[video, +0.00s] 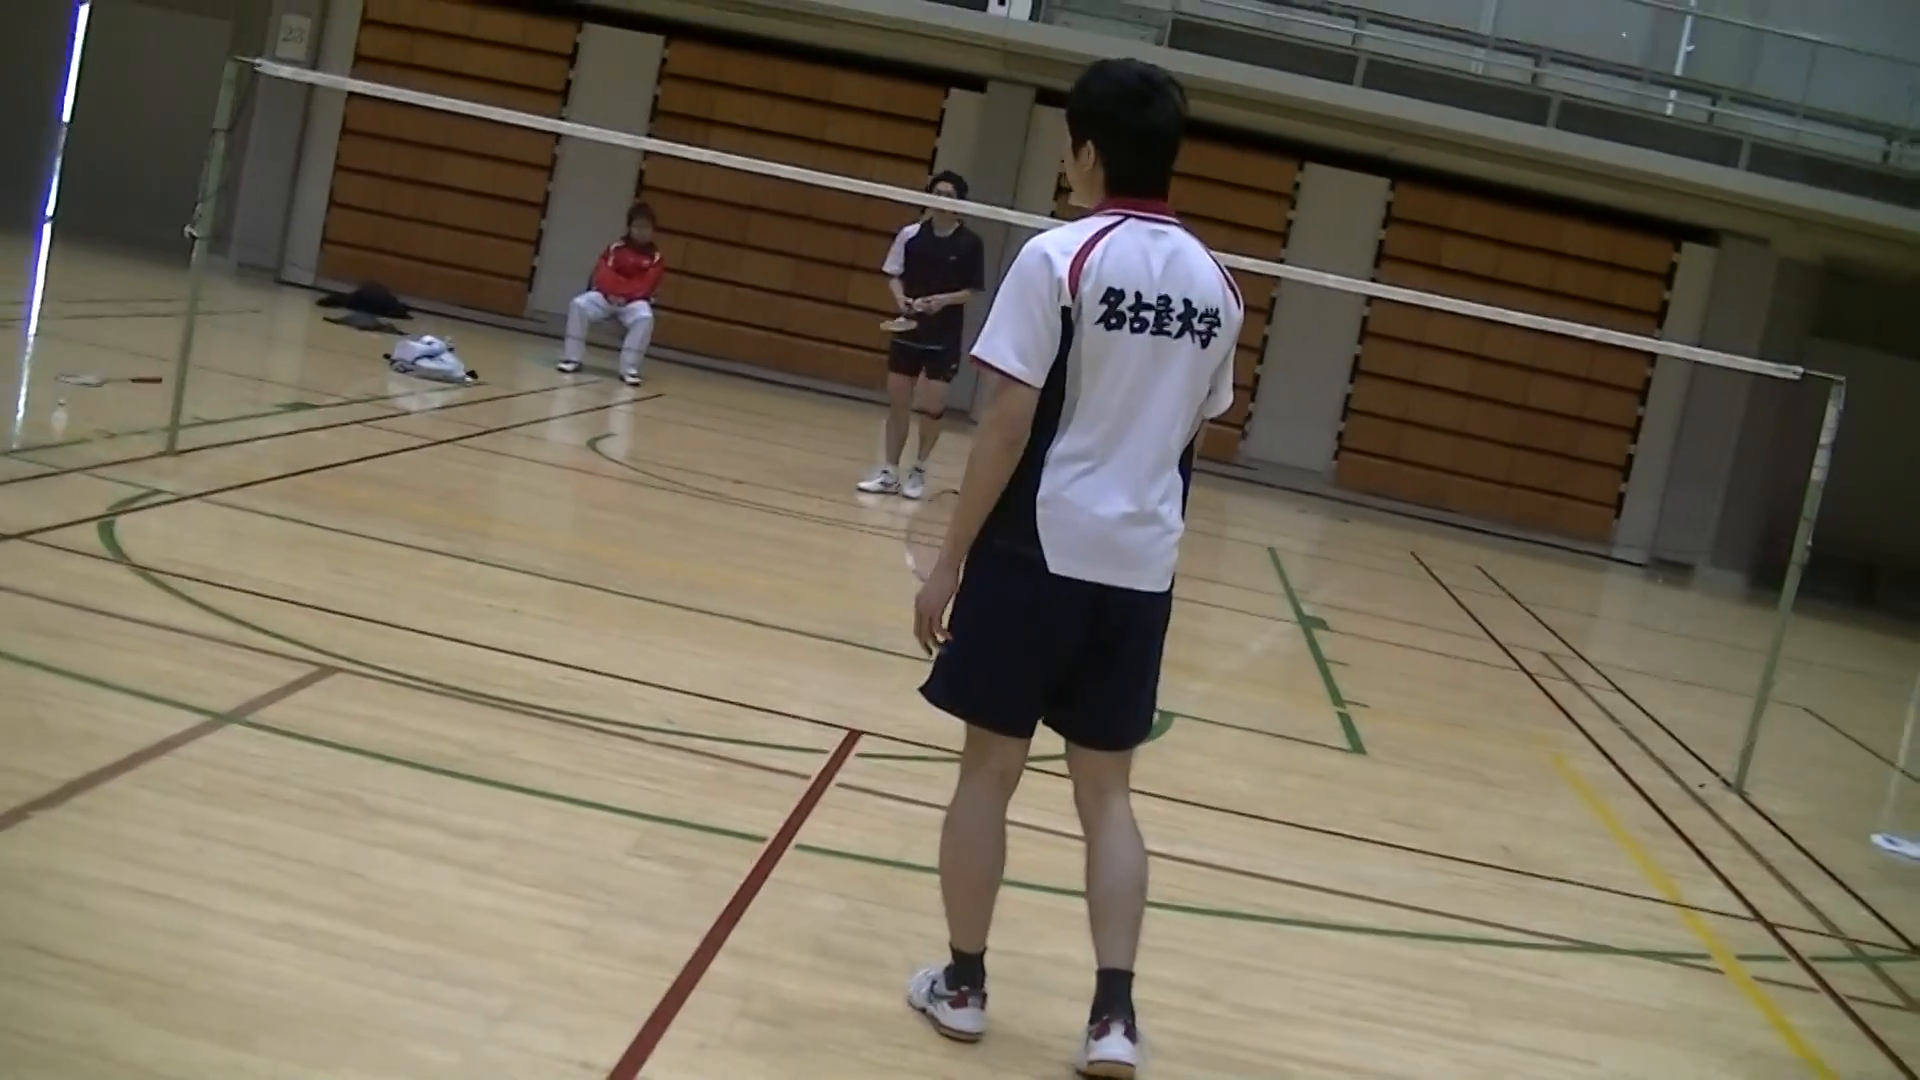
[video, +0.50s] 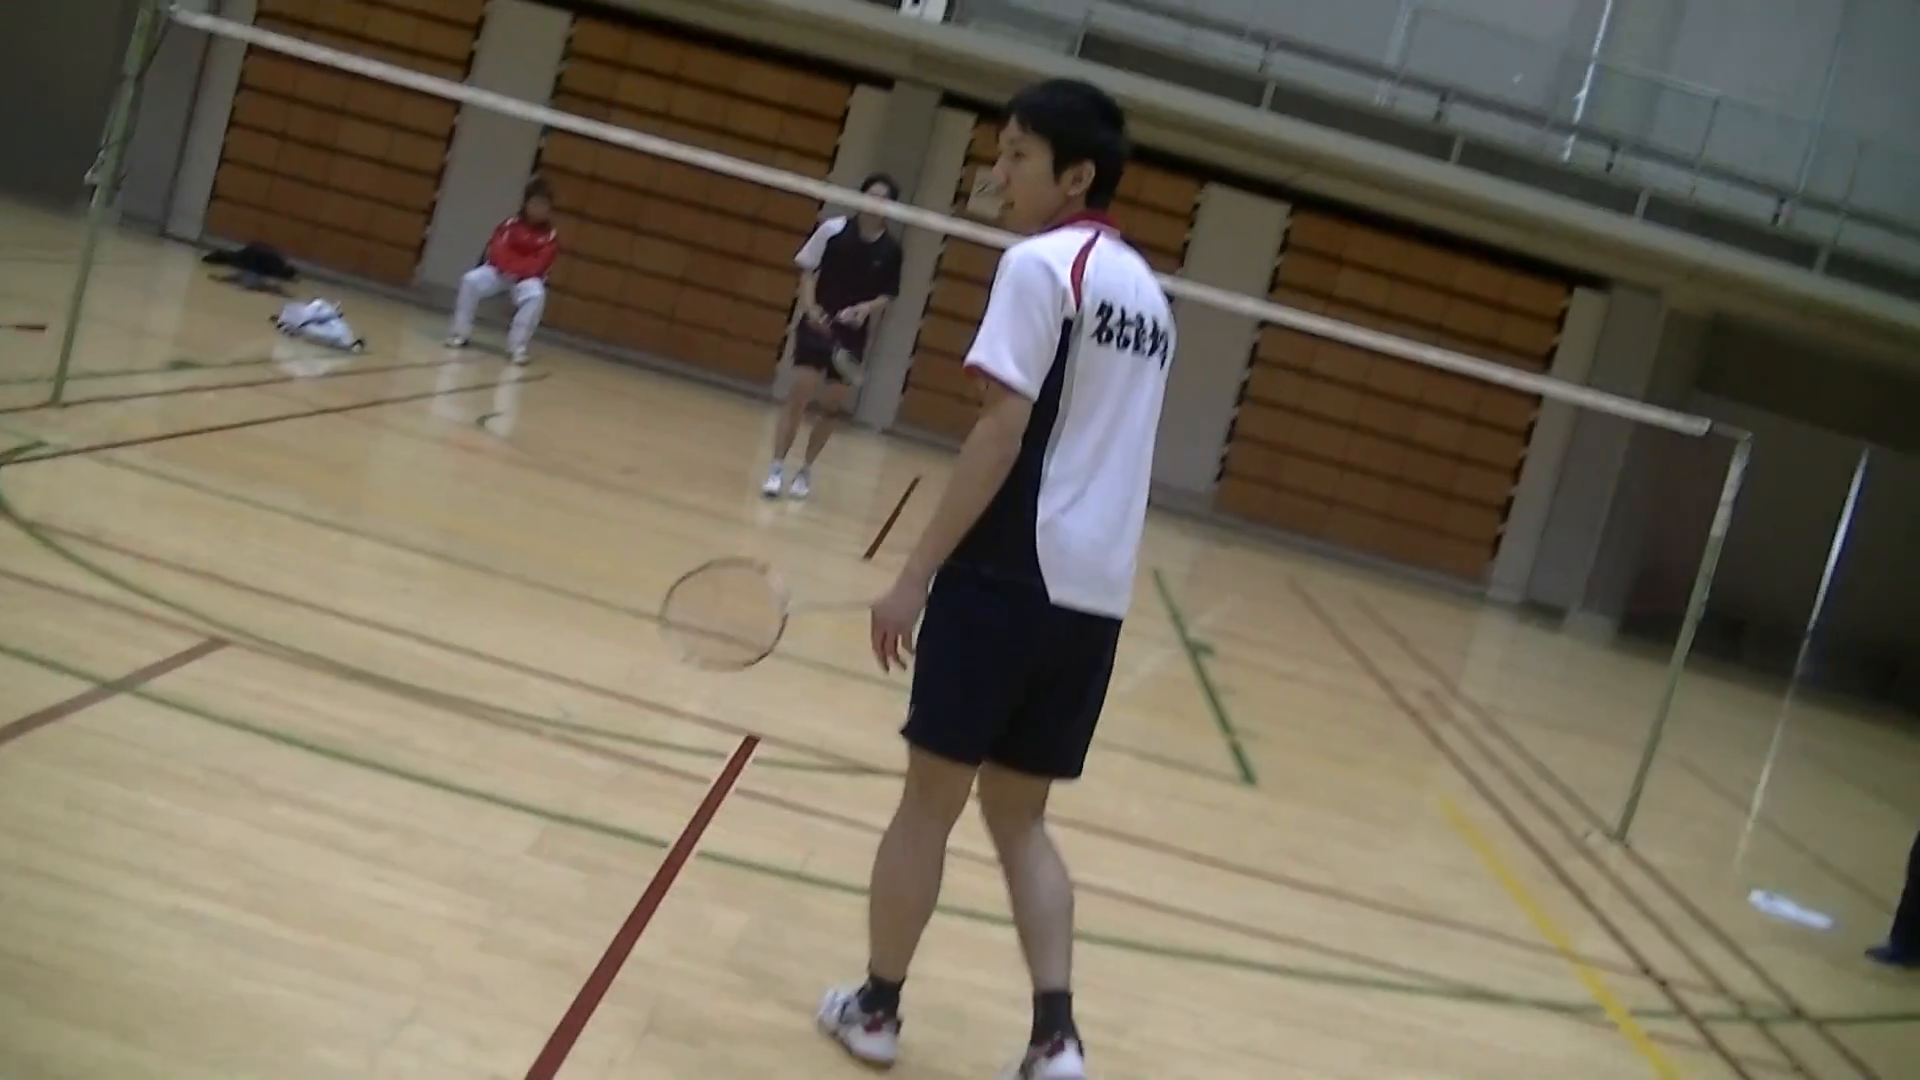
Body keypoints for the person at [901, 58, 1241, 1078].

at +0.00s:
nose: (1065, 157)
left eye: (1069, 143)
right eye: (1068, 141)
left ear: (1090, 151)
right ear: (1170, 157)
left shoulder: (1056, 258)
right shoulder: (1213, 284)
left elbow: (1005, 430)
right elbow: (1194, 428)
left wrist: (949, 558)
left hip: (1034, 559)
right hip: (1141, 577)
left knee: (988, 772)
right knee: (1108, 791)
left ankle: (964, 983)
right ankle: (1114, 1013)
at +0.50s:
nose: (998, 174)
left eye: (1017, 157)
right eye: (1001, 154)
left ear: (1081, 174)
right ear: (1089, 179)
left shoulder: (1041, 266)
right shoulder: (1150, 293)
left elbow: (1000, 433)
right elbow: (1119, 462)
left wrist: (914, 570)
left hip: (997, 588)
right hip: (1091, 609)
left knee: (928, 805)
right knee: (1020, 815)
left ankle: (878, 1004)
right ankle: (1056, 1037)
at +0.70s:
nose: (961, 272)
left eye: (987, 258)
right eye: (958, 252)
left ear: (1043, 279)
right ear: (951, 252)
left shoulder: (1003, 368)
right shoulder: (1065, 374)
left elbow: (977, 537)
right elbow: (1013, 546)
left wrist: (895, 688)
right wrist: (906, 648)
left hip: (955, 685)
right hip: (1022, 699)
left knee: (865, 908)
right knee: (939, 914)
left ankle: (821, 1072)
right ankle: (1006, 1075)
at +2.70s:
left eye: (1523, 179)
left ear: (1529, 183)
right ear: (1634, 174)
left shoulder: (1481, 287)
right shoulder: (1715, 276)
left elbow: (1462, 479)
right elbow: (1786, 457)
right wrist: (1770, 566)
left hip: (1539, 637)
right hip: (1675, 636)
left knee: (1530, 860)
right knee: (1673, 902)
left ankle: (1538, 1031)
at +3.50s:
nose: (1542, 182)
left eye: (1538, 169)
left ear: (1541, 178)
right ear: (1651, 173)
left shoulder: (1485, 298)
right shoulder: (1726, 299)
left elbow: (1453, 500)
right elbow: (1769, 498)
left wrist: (1504, 587)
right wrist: (1767, 654)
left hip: (1528, 665)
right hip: (1668, 669)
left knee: (1545, 905)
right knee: (1661, 934)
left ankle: (1542, 1077)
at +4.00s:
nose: (1526, 232)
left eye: (1521, 219)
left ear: (1522, 230)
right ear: (1626, 219)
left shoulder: (1477, 343)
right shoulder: (1692, 330)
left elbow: (1371, 484)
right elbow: (1792, 470)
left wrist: (1325, 515)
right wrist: (1820, 549)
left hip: (1529, 671)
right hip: (1661, 670)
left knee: (1536, 869)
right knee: (1658, 936)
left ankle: (1530, 1064)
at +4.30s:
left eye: (1483, 233)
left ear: (1486, 243)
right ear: (1583, 228)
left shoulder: (1451, 343)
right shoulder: (1649, 316)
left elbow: (1356, 484)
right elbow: (1781, 419)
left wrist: (1398, 440)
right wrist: (1810, 401)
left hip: (1503, 635)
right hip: (1627, 629)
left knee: (1531, 849)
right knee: (1652, 889)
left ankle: (1526, 1060)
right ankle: (1635, 1073)